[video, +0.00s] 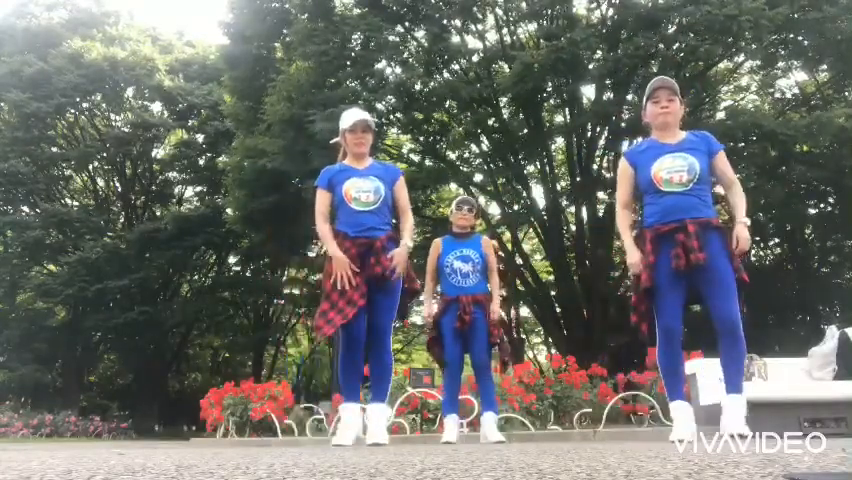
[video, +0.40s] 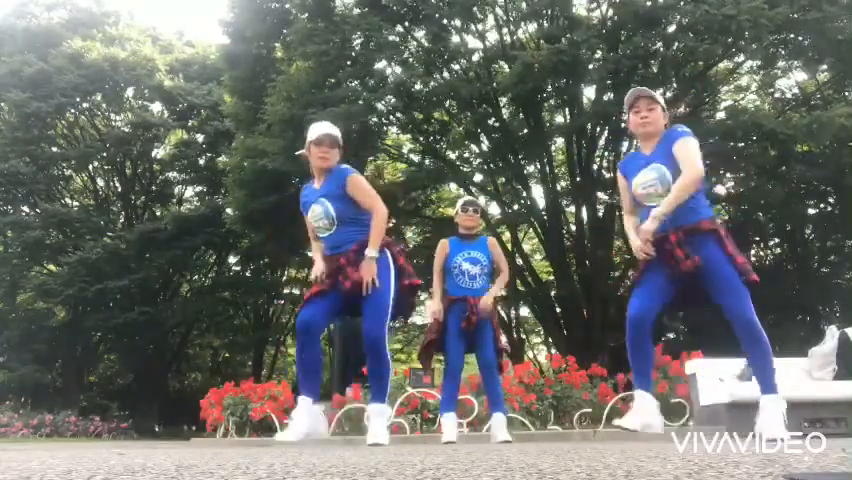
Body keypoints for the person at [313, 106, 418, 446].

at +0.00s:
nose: (360, 137)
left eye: (365, 131)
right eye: (353, 131)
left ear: (373, 135)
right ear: (342, 136)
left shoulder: (391, 172)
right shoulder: (330, 174)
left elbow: (407, 216)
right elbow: (321, 219)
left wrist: (404, 247)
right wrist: (335, 254)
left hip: (385, 253)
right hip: (347, 254)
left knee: (380, 335)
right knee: (353, 334)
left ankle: (378, 414)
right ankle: (350, 414)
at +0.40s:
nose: (327, 150)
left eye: (333, 145)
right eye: (320, 144)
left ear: (339, 150)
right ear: (307, 150)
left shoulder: (347, 177)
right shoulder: (307, 193)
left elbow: (380, 210)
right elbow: (315, 236)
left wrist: (371, 258)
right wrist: (318, 260)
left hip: (373, 261)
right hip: (339, 269)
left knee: (373, 336)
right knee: (306, 322)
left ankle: (377, 415)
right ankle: (308, 411)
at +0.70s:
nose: (325, 126)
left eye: (331, 120)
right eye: (318, 120)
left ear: (339, 124)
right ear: (306, 125)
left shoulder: (348, 148)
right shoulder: (300, 166)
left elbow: (373, 186)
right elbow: (302, 212)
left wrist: (360, 232)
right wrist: (298, 249)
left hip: (357, 242)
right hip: (320, 247)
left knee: (358, 324)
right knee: (303, 325)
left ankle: (375, 410)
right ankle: (285, 414)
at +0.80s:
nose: (324, 125)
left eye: (330, 119)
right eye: (317, 120)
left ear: (338, 122)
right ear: (306, 124)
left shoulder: (349, 144)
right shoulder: (301, 161)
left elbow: (375, 179)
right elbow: (304, 209)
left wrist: (366, 225)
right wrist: (309, 242)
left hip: (360, 236)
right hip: (324, 242)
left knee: (365, 318)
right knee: (318, 317)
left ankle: (376, 404)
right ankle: (325, 406)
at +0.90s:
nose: (324, 140)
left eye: (330, 135)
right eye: (317, 134)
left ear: (337, 140)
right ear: (305, 139)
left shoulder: (345, 165)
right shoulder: (303, 188)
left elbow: (377, 197)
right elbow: (309, 235)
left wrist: (366, 244)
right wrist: (320, 262)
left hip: (366, 253)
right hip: (333, 262)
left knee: (371, 330)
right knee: (333, 331)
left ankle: (385, 412)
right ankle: (351, 415)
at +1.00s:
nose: (316, 151)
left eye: (323, 146)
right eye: (310, 144)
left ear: (330, 153)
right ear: (297, 150)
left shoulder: (336, 176)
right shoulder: (298, 196)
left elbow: (378, 197)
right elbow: (306, 238)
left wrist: (356, 237)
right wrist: (305, 254)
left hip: (367, 261)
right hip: (335, 271)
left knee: (367, 336)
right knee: (306, 317)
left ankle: (387, 418)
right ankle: (320, 407)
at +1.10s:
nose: (310, 153)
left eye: (317, 148)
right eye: (304, 147)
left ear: (324, 154)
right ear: (292, 153)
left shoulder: (332, 179)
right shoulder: (293, 197)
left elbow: (378, 198)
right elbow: (309, 243)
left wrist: (364, 229)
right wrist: (289, 257)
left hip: (355, 266)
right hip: (321, 274)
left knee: (355, 345)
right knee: (288, 329)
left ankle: (387, 417)